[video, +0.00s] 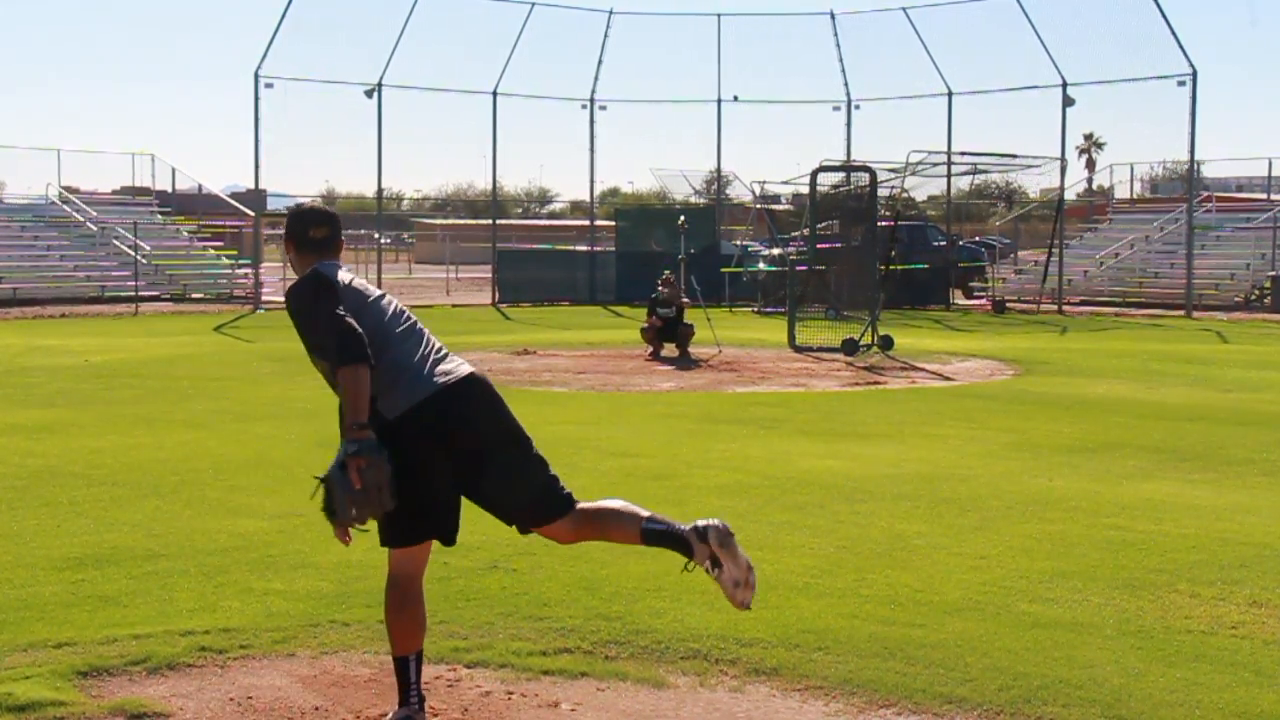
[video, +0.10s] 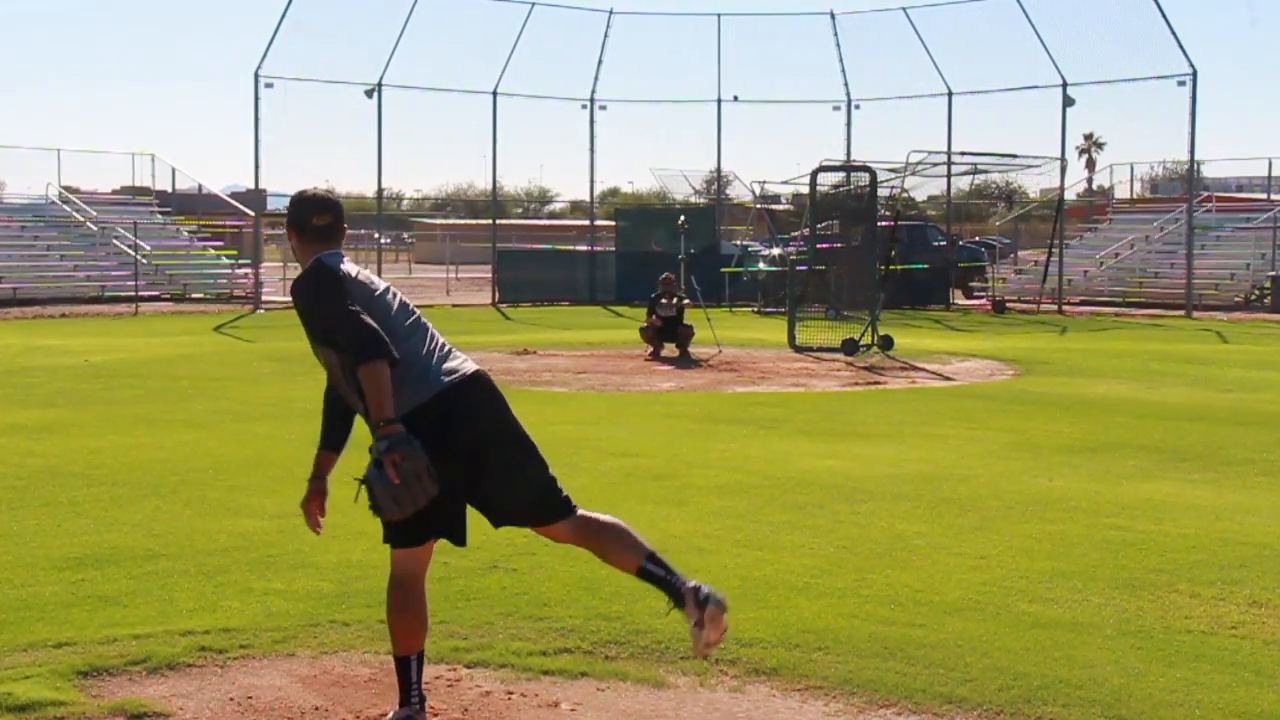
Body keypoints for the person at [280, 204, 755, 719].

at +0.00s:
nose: (283, 254)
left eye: (282, 245)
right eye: (288, 245)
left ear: (287, 247)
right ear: (337, 246)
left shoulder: (307, 292)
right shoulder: (356, 286)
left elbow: (353, 359)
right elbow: (375, 379)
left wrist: (353, 447)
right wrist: (350, 469)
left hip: (411, 426)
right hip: (468, 396)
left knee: (405, 568)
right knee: (564, 521)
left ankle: (409, 700)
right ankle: (692, 539)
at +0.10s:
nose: (288, 240)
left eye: (288, 232)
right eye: (295, 230)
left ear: (292, 235)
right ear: (339, 232)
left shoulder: (312, 282)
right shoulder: (355, 279)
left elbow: (371, 352)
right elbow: (342, 389)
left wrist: (386, 433)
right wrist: (320, 473)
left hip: (416, 428)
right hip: (471, 397)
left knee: (408, 565)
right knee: (565, 521)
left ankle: (410, 703)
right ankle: (686, 593)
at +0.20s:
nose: (292, 228)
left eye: (292, 220)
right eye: (295, 221)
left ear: (296, 223)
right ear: (347, 222)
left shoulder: (321, 276)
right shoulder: (362, 271)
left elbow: (382, 351)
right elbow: (328, 375)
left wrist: (401, 434)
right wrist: (281, 452)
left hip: (418, 427)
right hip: (477, 397)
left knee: (410, 565)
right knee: (557, 529)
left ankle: (411, 702)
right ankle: (643, 641)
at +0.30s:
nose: (304, 218)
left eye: (304, 211)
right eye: (314, 210)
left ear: (308, 215)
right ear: (358, 211)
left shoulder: (335, 271)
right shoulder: (372, 263)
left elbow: (389, 356)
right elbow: (319, 366)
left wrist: (405, 446)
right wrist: (247, 405)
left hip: (421, 427)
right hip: (482, 407)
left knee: (409, 566)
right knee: (538, 544)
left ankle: (412, 703)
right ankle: (606, 670)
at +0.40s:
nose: (317, 208)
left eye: (317, 200)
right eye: (325, 200)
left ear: (321, 206)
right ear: (372, 204)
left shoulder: (347, 266)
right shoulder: (385, 255)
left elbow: (393, 363)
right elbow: (323, 349)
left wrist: (395, 455)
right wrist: (247, 340)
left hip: (422, 426)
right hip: (479, 409)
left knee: (407, 566)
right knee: (526, 549)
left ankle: (411, 699)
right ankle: (599, 672)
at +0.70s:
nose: (362, 184)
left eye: (353, 174)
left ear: (350, 180)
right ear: (404, 181)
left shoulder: (339, 258)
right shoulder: (431, 242)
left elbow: (344, 361)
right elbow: (407, 318)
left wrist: (336, 460)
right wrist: (326, 326)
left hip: (393, 435)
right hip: (466, 423)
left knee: (394, 568)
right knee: (471, 542)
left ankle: (407, 701)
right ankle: (501, 646)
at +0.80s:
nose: (386, 177)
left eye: (370, 165)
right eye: (408, 169)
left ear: (359, 172)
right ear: (415, 174)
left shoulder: (337, 251)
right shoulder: (446, 240)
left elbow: (336, 354)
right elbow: (469, 321)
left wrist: (335, 448)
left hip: (383, 435)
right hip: (458, 430)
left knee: (389, 565)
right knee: (458, 555)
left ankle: (403, 698)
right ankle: (451, 656)